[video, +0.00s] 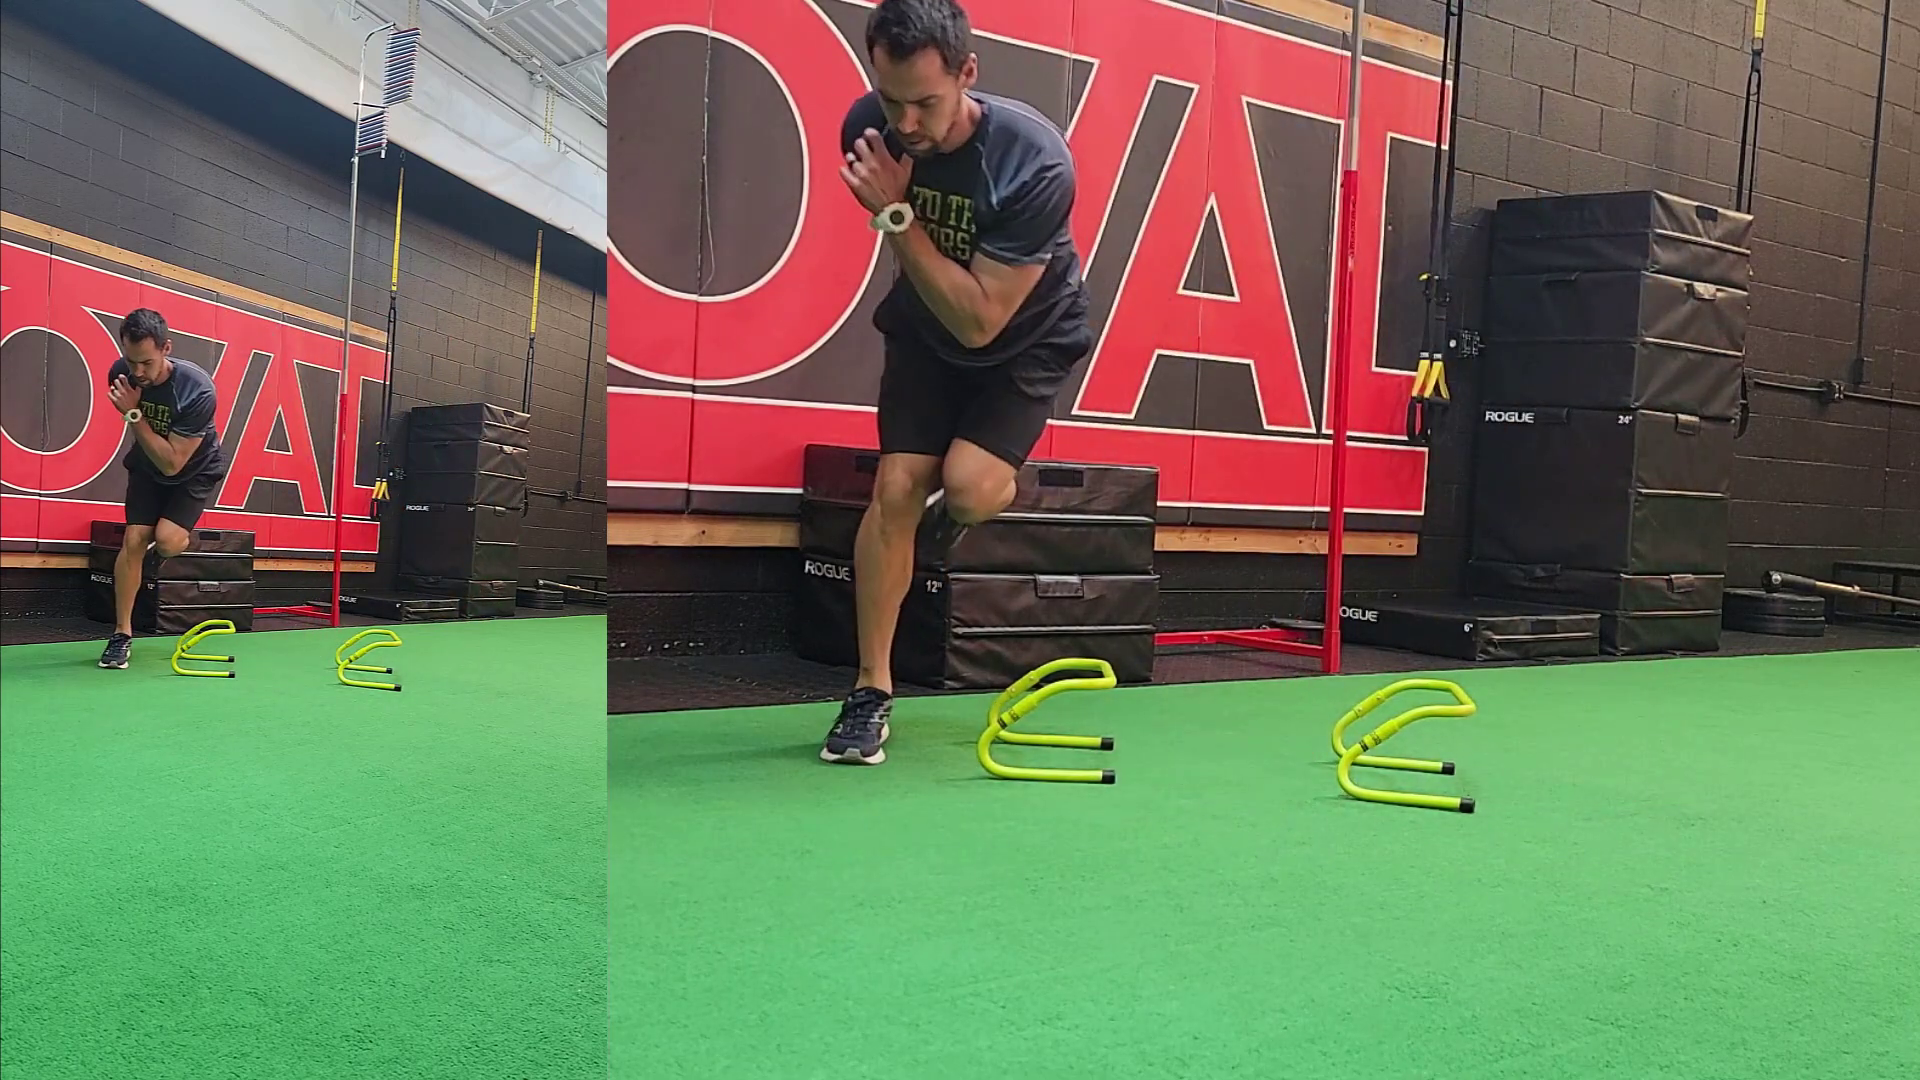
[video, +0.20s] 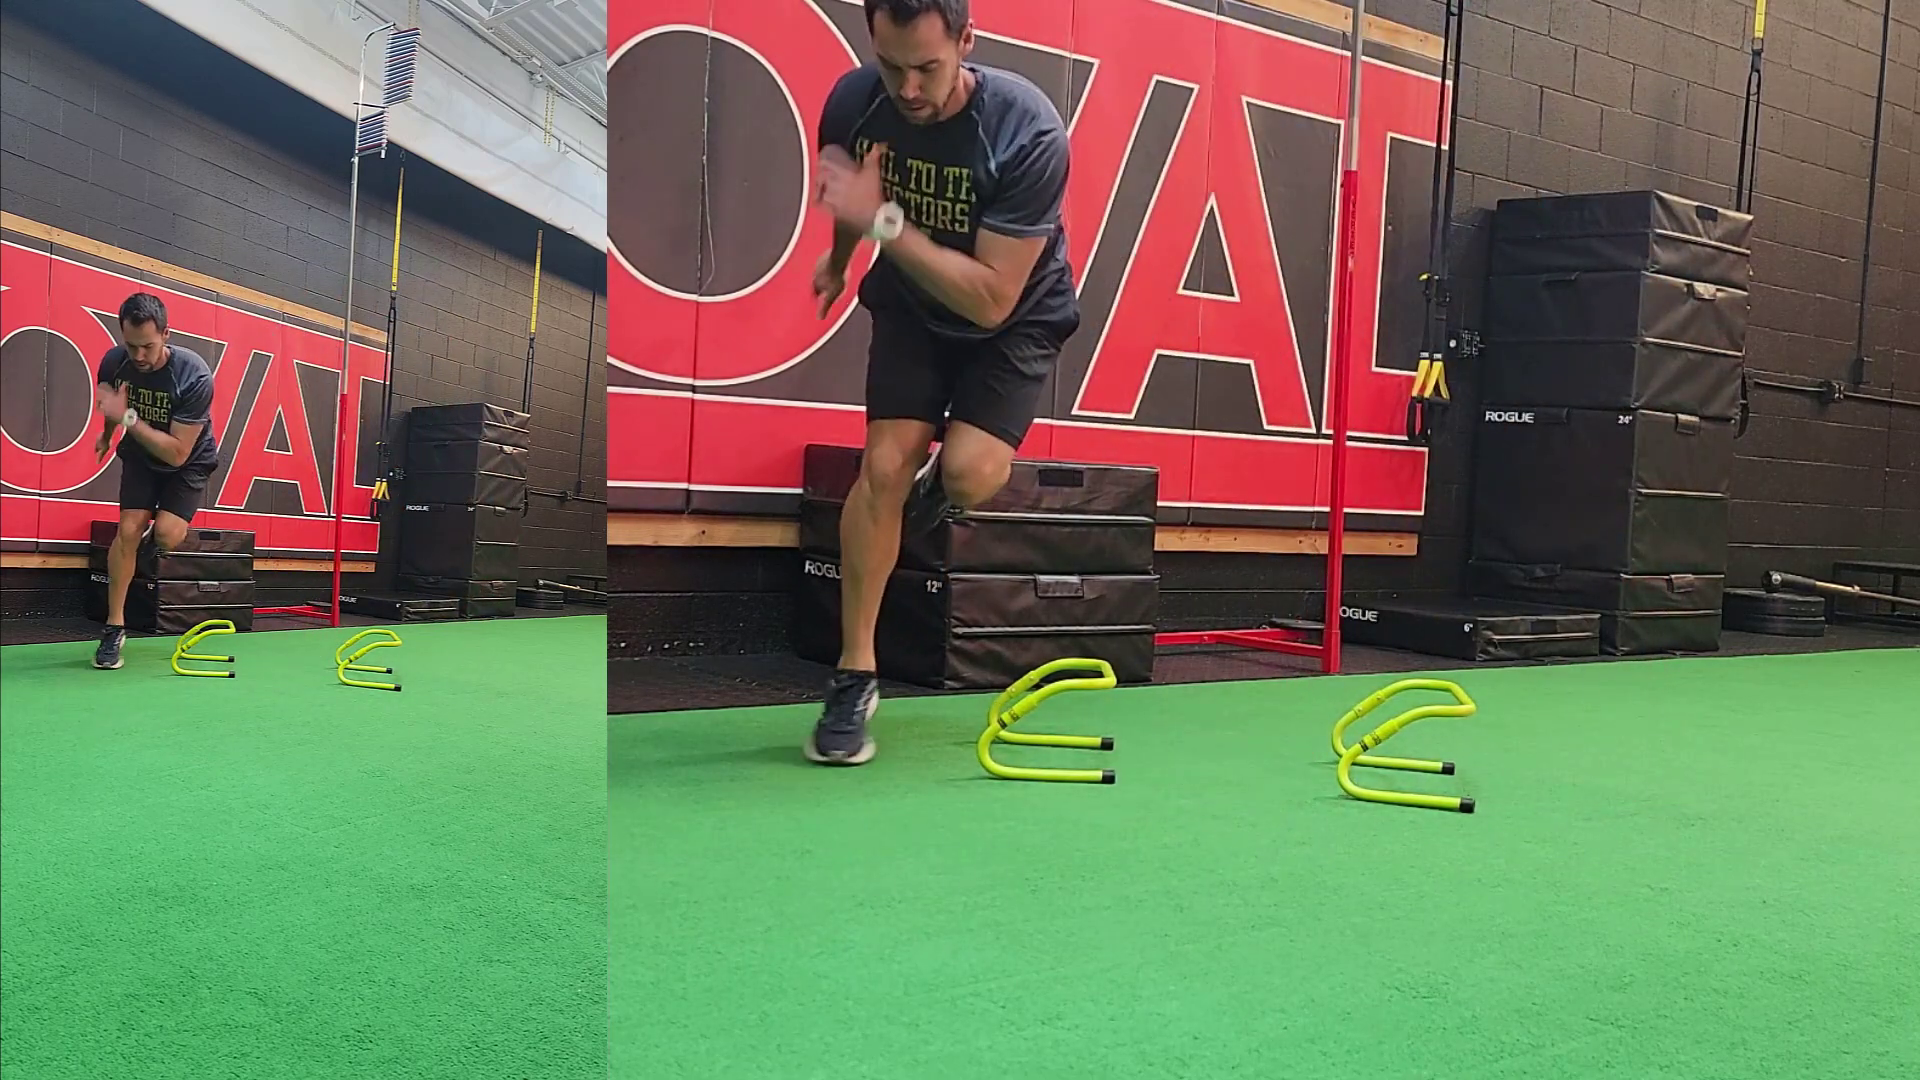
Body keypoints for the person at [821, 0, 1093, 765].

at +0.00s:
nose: (906, 122)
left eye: (925, 102)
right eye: (892, 100)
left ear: (967, 76)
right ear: (874, 79)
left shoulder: (1036, 166)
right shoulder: (870, 129)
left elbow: (979, 324)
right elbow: (912, 241)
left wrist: (897, 217)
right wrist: (891, 208)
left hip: (1032, 335)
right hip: (927, 321)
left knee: (971, 487)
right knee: (896, 490)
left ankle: (963, 507)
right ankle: (872, 690)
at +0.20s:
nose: (908, 87)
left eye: (926, 69)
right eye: (892, 67)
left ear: (965, 42)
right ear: (873, 41)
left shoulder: (1028, 132)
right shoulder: (854, 104)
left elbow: (992, 300)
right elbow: (854, 185)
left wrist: (885, 224)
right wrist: (838, 250)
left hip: (1016, 317)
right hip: (910, 301)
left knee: (972, 479)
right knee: (884, 469)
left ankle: (953, 488)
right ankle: (854, 674)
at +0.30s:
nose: (915, 111)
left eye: (933, 91)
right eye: (897, 91)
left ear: (966, 64)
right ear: (874, 72)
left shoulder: (1027, 159)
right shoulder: (854, 139)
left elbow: (1017, 325)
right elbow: (837, 240)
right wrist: (815, 328)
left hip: (1015, 343)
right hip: (907, 332)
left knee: (976, 506)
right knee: (871, 498)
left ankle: (958, 510)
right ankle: (840, 696)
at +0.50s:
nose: (991, 83)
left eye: (1006, 62)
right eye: (972, 66)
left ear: (1029, 43)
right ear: (942, 51)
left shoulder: (1083, 139)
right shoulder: (899, 141)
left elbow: (1159, 258)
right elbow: (878, 266)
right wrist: (879, 347)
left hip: (1054, 346)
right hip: (943, 350)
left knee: (1058, 492)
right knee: (890, 506)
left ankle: (1128, 546)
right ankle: (845, 696)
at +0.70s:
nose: (1151, 13)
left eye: (1163, 1)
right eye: (1134, 3)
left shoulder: (1229, 64)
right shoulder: (1047, 64)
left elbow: (1264, 172)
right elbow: (1014, 185)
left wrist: (1257, 295)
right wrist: (1001, 294)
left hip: (1179, 289)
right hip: (1071, 280)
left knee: (1188, 485)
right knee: (1028, 445)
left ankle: (1216, 692)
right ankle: (963, 572)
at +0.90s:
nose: (1293, 8)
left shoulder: (1343, 54)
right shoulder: (1165, 57)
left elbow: (1369, 164)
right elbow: (1108, 181)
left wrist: (1343, 186)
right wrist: (1082, 317)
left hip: (1298, 282)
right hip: (1198, 274)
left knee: (1295, 459)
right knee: (1223, 437)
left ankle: (1250, 644)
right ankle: (1194, 642)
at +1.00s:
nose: (1347, 22)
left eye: (1359, 7)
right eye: (1330, 6)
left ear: (1373, 5)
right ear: (1290, 2)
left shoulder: (1400, 83)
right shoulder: (1225, 90)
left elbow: (1413, 194)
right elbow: (1169, 231)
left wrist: (1419, 304)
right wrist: (1173, 353)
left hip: (1355, 311)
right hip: (1243, 312)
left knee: (1402, 465)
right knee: (1243, 511)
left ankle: (1342, 505)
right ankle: (1204, 714)